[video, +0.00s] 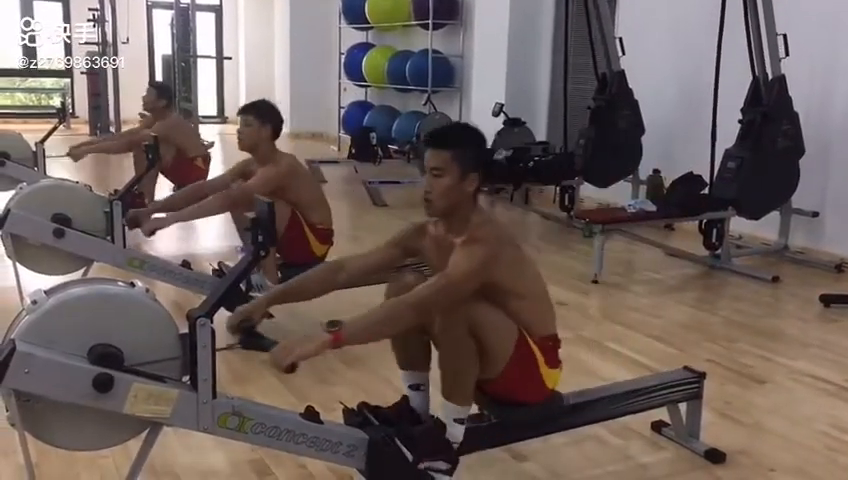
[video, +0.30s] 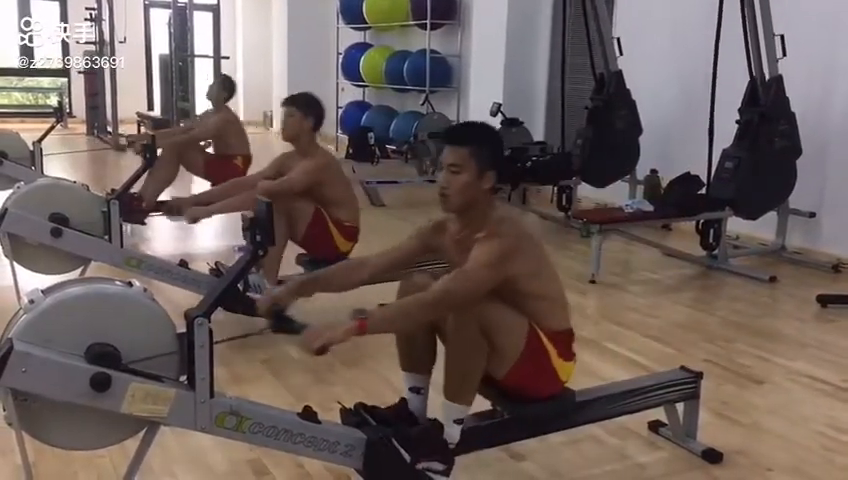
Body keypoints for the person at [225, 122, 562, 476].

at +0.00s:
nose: (426, 186)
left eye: (438, 175)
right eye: (425, 174)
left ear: (471, 182)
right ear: (425, 176)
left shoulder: (484, 246)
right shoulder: (425, 234)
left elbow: (420, 307)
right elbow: (342, 271)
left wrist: (327, 339)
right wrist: (266, 300)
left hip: (529, 376)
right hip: (482, 364)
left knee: (453, 308)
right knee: (403, 285)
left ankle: (450, 437)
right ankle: (417, 410)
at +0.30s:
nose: (442, 181)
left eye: (456, 171)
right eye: (441, 169)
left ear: (487, 181)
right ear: (439, 172)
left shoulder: (506, 239)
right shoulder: (443, 232)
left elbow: (440, 301)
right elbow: (367, 268)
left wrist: (354, 326)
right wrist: (294, 290)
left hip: (542, 368)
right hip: (495, 359)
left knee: (465, 308)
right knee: (414, 285)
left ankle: (445, 439)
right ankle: (414, 411)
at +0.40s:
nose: (473, 173)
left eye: (487, 164)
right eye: (472, 162)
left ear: (520, 174)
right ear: (469, 165)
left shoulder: (539, 228)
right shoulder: (472, 224)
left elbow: (483, 294)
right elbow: (406, 264)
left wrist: (398, 319)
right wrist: (338, 280)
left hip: (562, 362)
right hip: (517, 353)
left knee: (482, 312)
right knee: (434, 287)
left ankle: (445, 441)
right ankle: (412, 414)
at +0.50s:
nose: (513, 166)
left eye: (526, 157)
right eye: (512, 155)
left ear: (558, 166)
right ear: (509, 159)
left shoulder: (573, 223)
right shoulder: (507, 216)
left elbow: (521, 286)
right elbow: (446, 256)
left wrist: (449, 311)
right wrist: (381, 275)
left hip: (587, 349)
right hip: (547, 330)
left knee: (501, 321)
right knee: (452, 293)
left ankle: (441, 444)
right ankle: (411, 414)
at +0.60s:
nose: (559, 156)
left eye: (573, 148)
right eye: (559, 146)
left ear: (604, 159)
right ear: (556, 151)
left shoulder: (613, 219)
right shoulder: (548, 210)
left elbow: (562, 278)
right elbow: (477, 251)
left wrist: (496, 300)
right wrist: (421, 266)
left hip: (609, 345)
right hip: (570, 326)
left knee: (520, 328)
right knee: (463, 310)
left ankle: (440, 445)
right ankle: (408, 415)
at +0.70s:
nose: (609, 152)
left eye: (623, 144)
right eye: (608, 142)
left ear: (650, 153)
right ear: (604, 146)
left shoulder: (657, 215)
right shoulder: (588, 205)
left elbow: (605, 268)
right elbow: (520, 244)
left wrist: (538, 285)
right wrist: (466, 254)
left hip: (629, 339)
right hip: (588, 315)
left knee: (541, 342)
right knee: (486, 320)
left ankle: (440, 445)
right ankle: (405, 417)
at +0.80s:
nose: (653, 159)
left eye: (664, 152)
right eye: (652, 150)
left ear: (692, 160)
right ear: (650, 153)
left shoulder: (691, 223)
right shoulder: (630, 209)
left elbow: (642, 268)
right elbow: (564, 242)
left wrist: (592, 273)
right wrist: (507, 251)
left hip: (641, 333)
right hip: (602, 314)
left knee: (548, 365)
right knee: (503, 341)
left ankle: (437, 449)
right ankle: (405, 418)